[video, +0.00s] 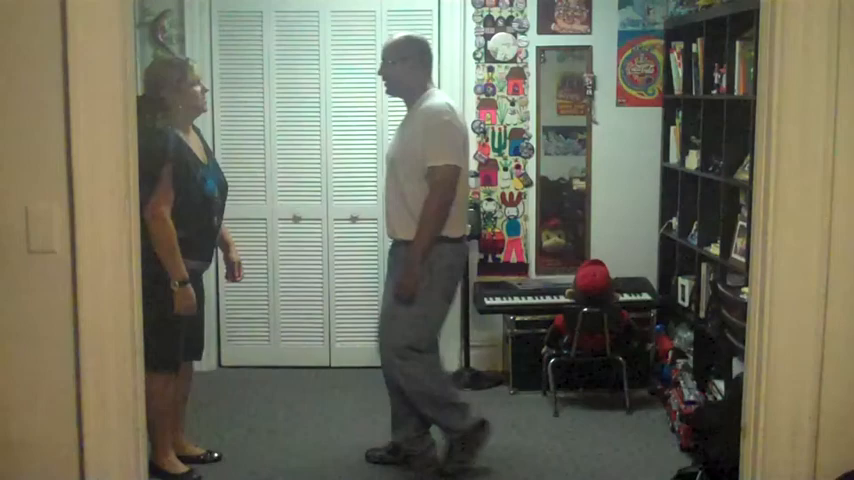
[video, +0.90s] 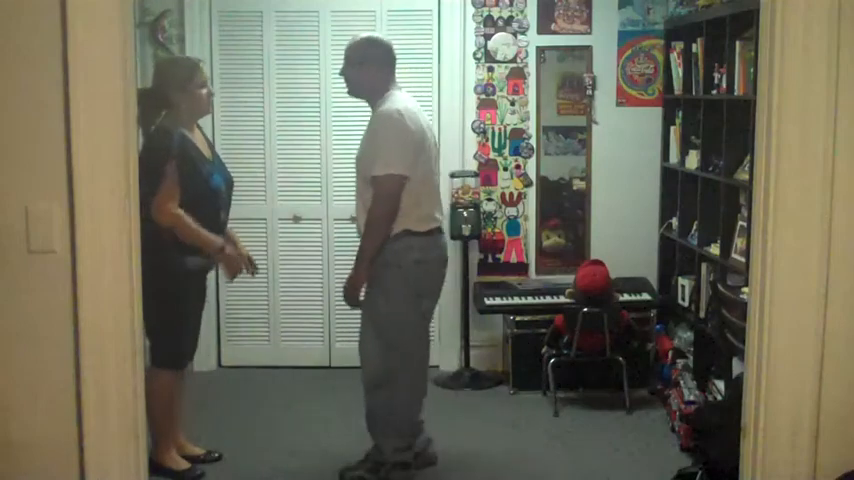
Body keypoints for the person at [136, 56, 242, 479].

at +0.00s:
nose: (203, 88)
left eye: (201, 82)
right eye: (194, 84)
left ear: (187, 95)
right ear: (170, 94)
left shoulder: (192, 135)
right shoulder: (160, 139)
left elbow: (201, 200)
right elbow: (156, 214)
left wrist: (227, 244)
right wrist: (179, 279)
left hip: (190, 266)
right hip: (163, 269)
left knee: (184, 359)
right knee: (163, 364)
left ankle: (178, 440)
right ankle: (161, 453)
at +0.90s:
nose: (209, 91)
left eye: (208, 85)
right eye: (201, 87)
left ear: (194, 93)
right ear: (177, 95)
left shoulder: (195, 134)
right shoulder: (167, 139)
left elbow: (204, 201)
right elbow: (164, 210)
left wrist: (232, 241)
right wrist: (218, 247)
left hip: (192, 262)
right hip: (169, 265)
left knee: (179, 357)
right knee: (167, 359)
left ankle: (176, 439)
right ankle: (163, 449)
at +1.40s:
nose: (235, 91)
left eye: (232, 85)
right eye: (227, 87)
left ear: (206, 98)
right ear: (205, 96)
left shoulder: (214, 136)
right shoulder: (199, 144)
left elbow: (225, 197)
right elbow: (219, 211)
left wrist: (257, 210)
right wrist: (265, 214)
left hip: (192, 259)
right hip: (186, 263)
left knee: (189, 351)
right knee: (226, 350)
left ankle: (173, 445)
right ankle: (223, 454)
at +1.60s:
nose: (257, 96)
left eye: (254, 90)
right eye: (249, 91)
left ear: (226, 102)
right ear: (225, 101)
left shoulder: (233, 142)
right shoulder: (219, 147)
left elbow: (257, 175)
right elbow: (224, 213)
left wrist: (295, 178)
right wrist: (279, 225)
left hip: (219, 265)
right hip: (214, 269)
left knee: (203, 356)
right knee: (264, 352)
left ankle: (176, 443)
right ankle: (288, 451)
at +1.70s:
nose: (269, 98)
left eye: (266, 92)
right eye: (260, 94)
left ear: (241, 105)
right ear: (237, 104)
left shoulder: (250, 144)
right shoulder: (234, 148)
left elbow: (279, 171)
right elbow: (230, 214)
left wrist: (324, 165)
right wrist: (289, 231)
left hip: (245, 269)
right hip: (228, 271)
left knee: (230, 356)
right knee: (276, 356)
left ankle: (182, 437)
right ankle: (289, 452)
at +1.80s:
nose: (283, 98)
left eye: (280, 92)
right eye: (275, 93)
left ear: (255, 103)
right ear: (252, 103)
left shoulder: (270, 143)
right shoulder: (246, 146)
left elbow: (306, 167)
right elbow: (239, 211)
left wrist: (353, 157)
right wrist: (299, 232)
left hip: (269, 267)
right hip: (245, 269)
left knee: (282, 353)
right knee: (284, 354)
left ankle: (216, 411)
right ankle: (290, 455)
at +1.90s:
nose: (295, 98)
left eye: (292, 92)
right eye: (287, 94)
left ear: (276, 104)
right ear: (263, 104)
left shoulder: (295, 144)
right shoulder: (254, 148)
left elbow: (329, 161)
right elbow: (244, 212)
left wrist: (376, 147)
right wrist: (303, 225)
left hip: (290, 265)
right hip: (253, 268)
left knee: (325, 350)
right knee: (290, 358)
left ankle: (278, 415)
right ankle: (288, 447)